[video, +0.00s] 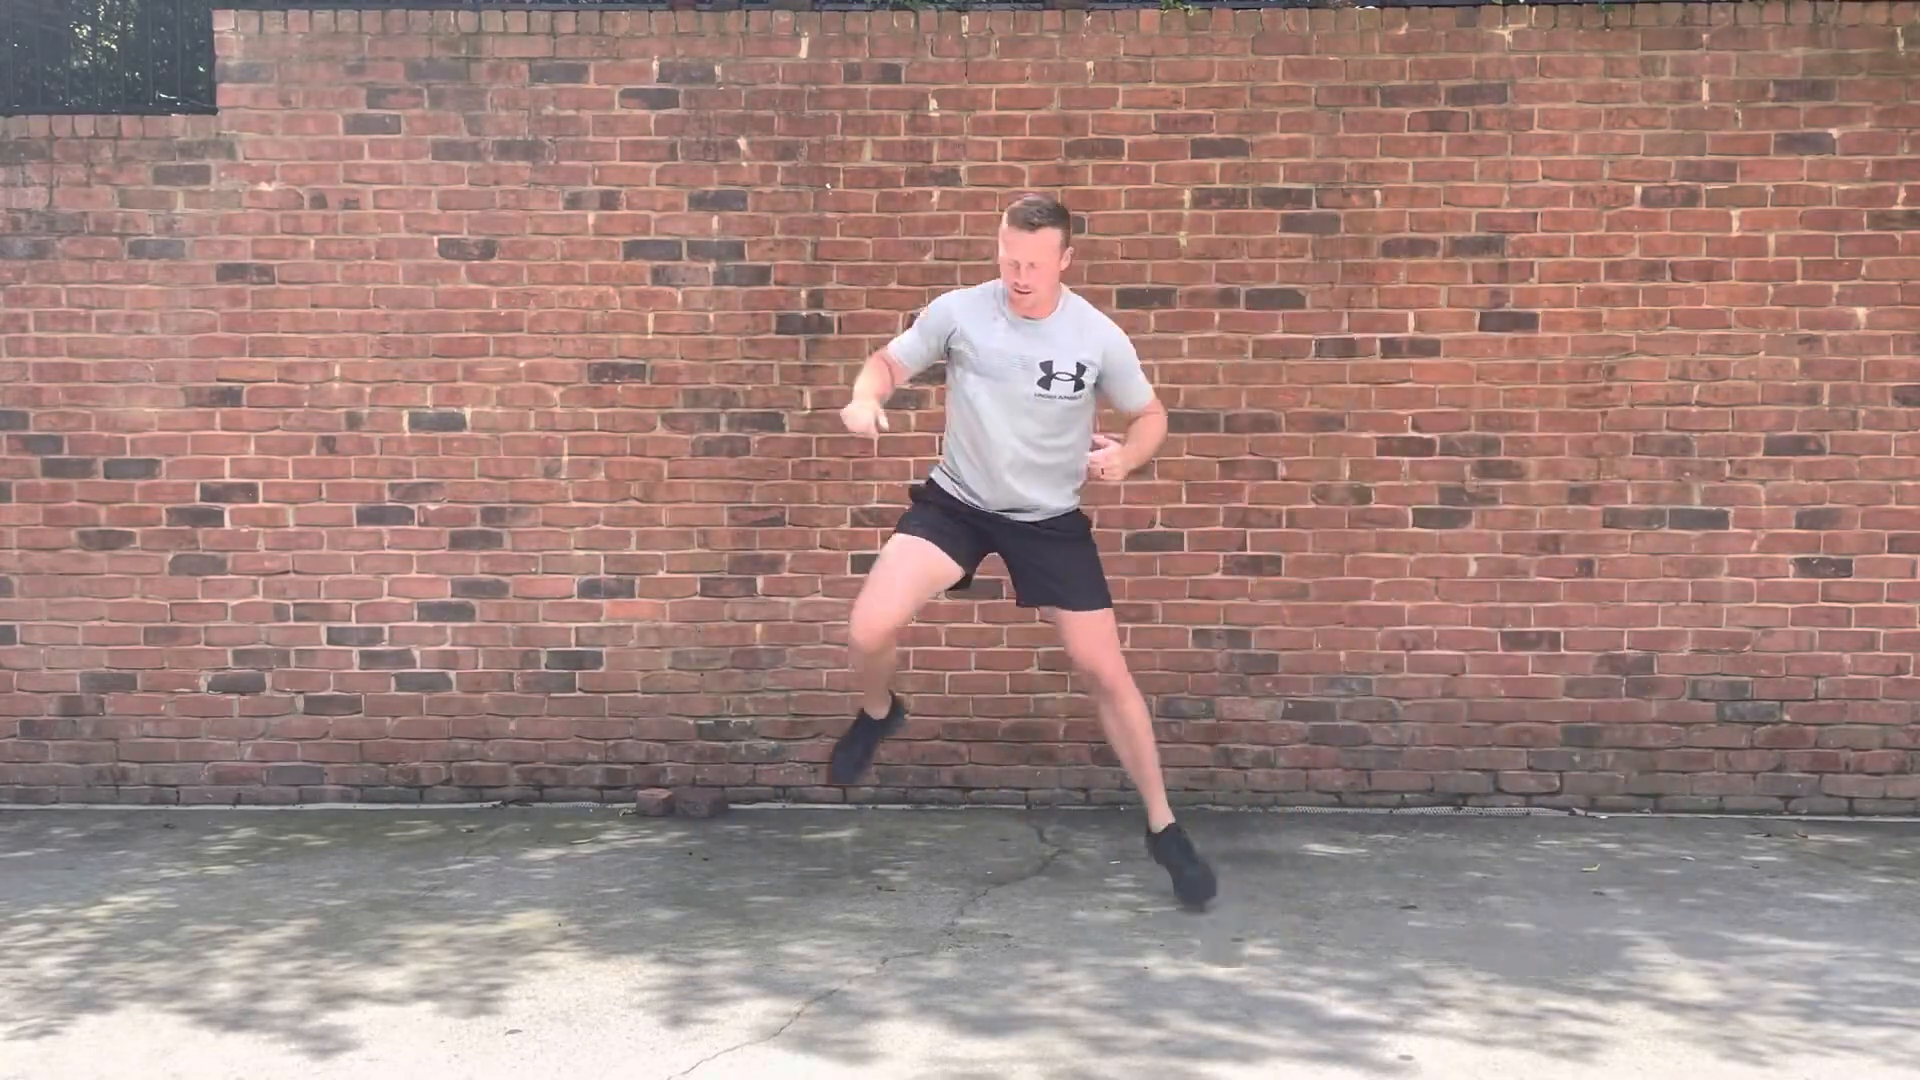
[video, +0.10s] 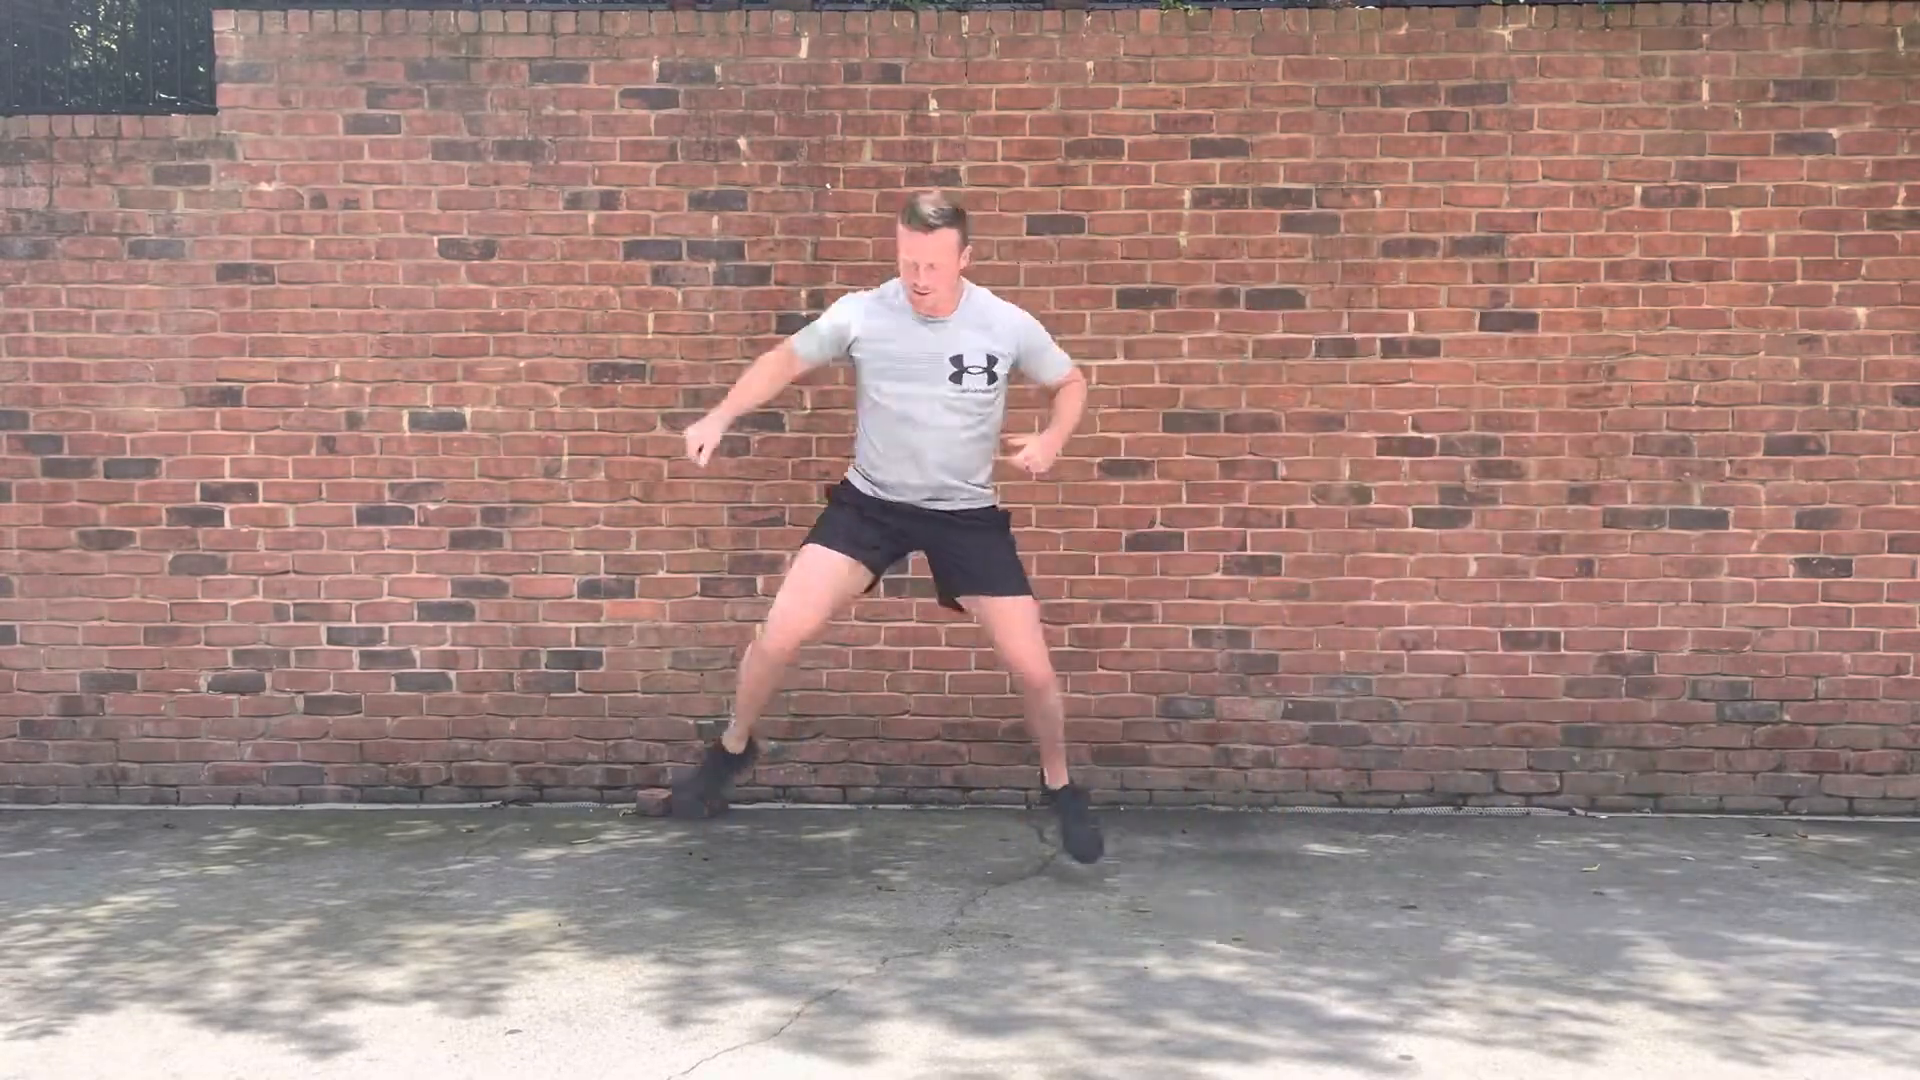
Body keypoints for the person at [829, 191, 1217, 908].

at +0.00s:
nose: (1017, 278)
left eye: (1032, 265)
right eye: (1009, 263)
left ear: (1063, 260)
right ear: (998, 252)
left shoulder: (1098, 338)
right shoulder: (958, 313)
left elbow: (1151, 418)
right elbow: (886, 367)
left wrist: (1127, 455)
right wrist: (866, 399)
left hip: (1050, 520)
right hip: (954, 503)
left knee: (1104, 668)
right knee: (867, 629)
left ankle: (1163, 825)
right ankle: (877, 714)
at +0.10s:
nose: (920, 277)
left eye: (934, 263)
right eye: (909, 262)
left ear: (963, 258)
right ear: (896, 255)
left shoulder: (1006, 326)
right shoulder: (861, 314)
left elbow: (1074, 384)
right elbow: (785, 362)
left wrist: (1052, 440)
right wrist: (719, 415)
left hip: (967, 515)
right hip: (869, 505)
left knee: (1036, 671)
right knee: (777, 637)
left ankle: (1062, 789)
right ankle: (730, 751)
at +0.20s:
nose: (817, 323)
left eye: (831, 309)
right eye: (807, 310)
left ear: (860, 300)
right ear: (794, 301)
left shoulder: (910, 354)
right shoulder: (766, 356)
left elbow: (974, 390)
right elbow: (699, 396)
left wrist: (950, 460)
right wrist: (622, 457)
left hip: (883, 546)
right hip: (786, 542)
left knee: (944, 702)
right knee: (700, 678)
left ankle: (932, 751)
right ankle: (615, 821)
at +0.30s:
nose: (716, 401)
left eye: (728, 386)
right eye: (705, 388)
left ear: (760, 374)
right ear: (693, 382)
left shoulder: (818, 427)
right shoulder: (673, 437)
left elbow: (882, 467)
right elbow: (619, 482)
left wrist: (839, 532)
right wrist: (550, 539)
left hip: (801, 613)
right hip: (705, 607)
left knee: (839, 772)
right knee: (634, 731)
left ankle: (797, 744)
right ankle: (569, 865)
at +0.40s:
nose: (642, 461)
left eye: (652, 445)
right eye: (629, 449)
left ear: (682, 424)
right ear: (615, 441)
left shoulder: (749, 471)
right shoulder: (617, 507)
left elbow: (824, 551)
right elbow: (567, 586)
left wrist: (751, 615)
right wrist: (491, 663)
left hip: (760, 641)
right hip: (670, 632)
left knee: (729, 798)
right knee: (599, 750)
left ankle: (681, 776)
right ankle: (568, 867)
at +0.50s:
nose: (626, 471)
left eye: (634, 453)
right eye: (612, 460)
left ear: (661, 432)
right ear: (598, 456)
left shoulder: (726, 470)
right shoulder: (603, 523)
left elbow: (831, 532)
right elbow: (549, 612)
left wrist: (754, 571)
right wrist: (494, 681)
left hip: (750, 642)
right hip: (662, 637)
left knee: (722, 792)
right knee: (596, 756)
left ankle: (657, 804)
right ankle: (569, 867)